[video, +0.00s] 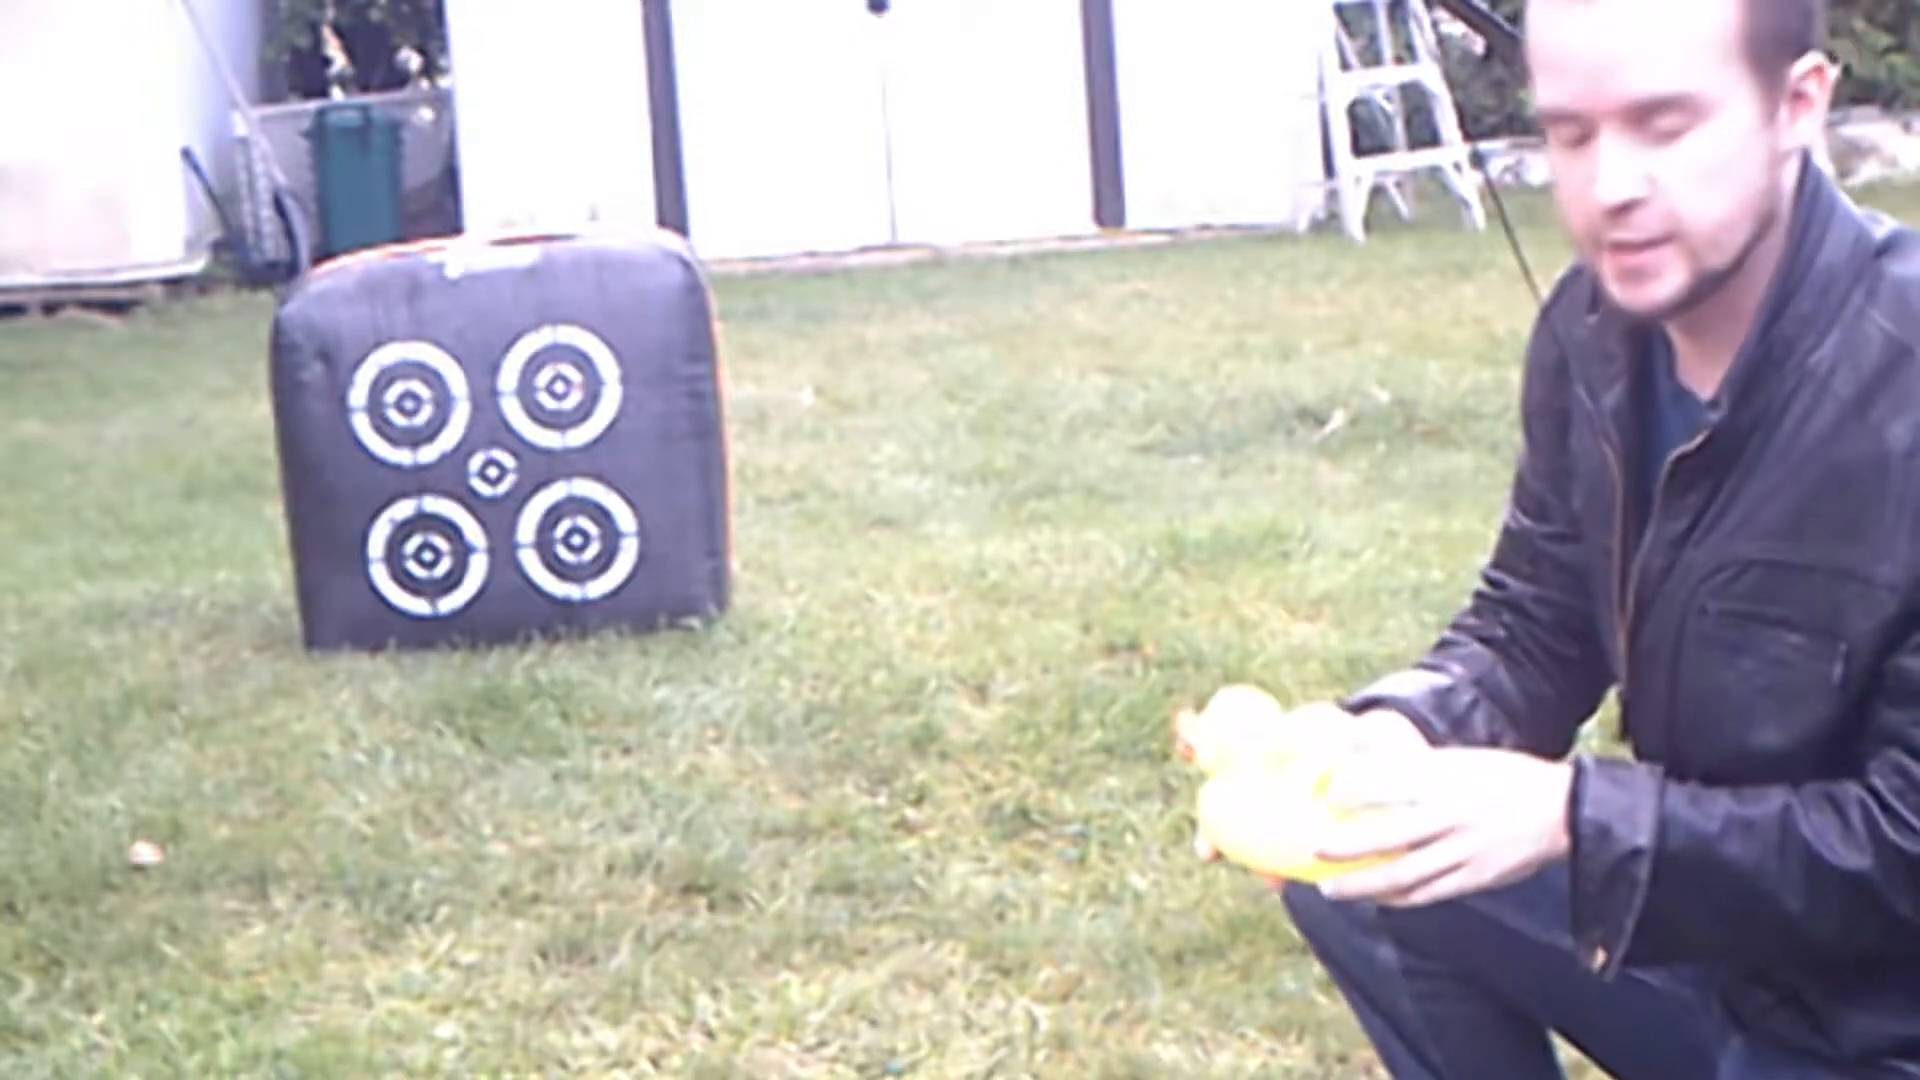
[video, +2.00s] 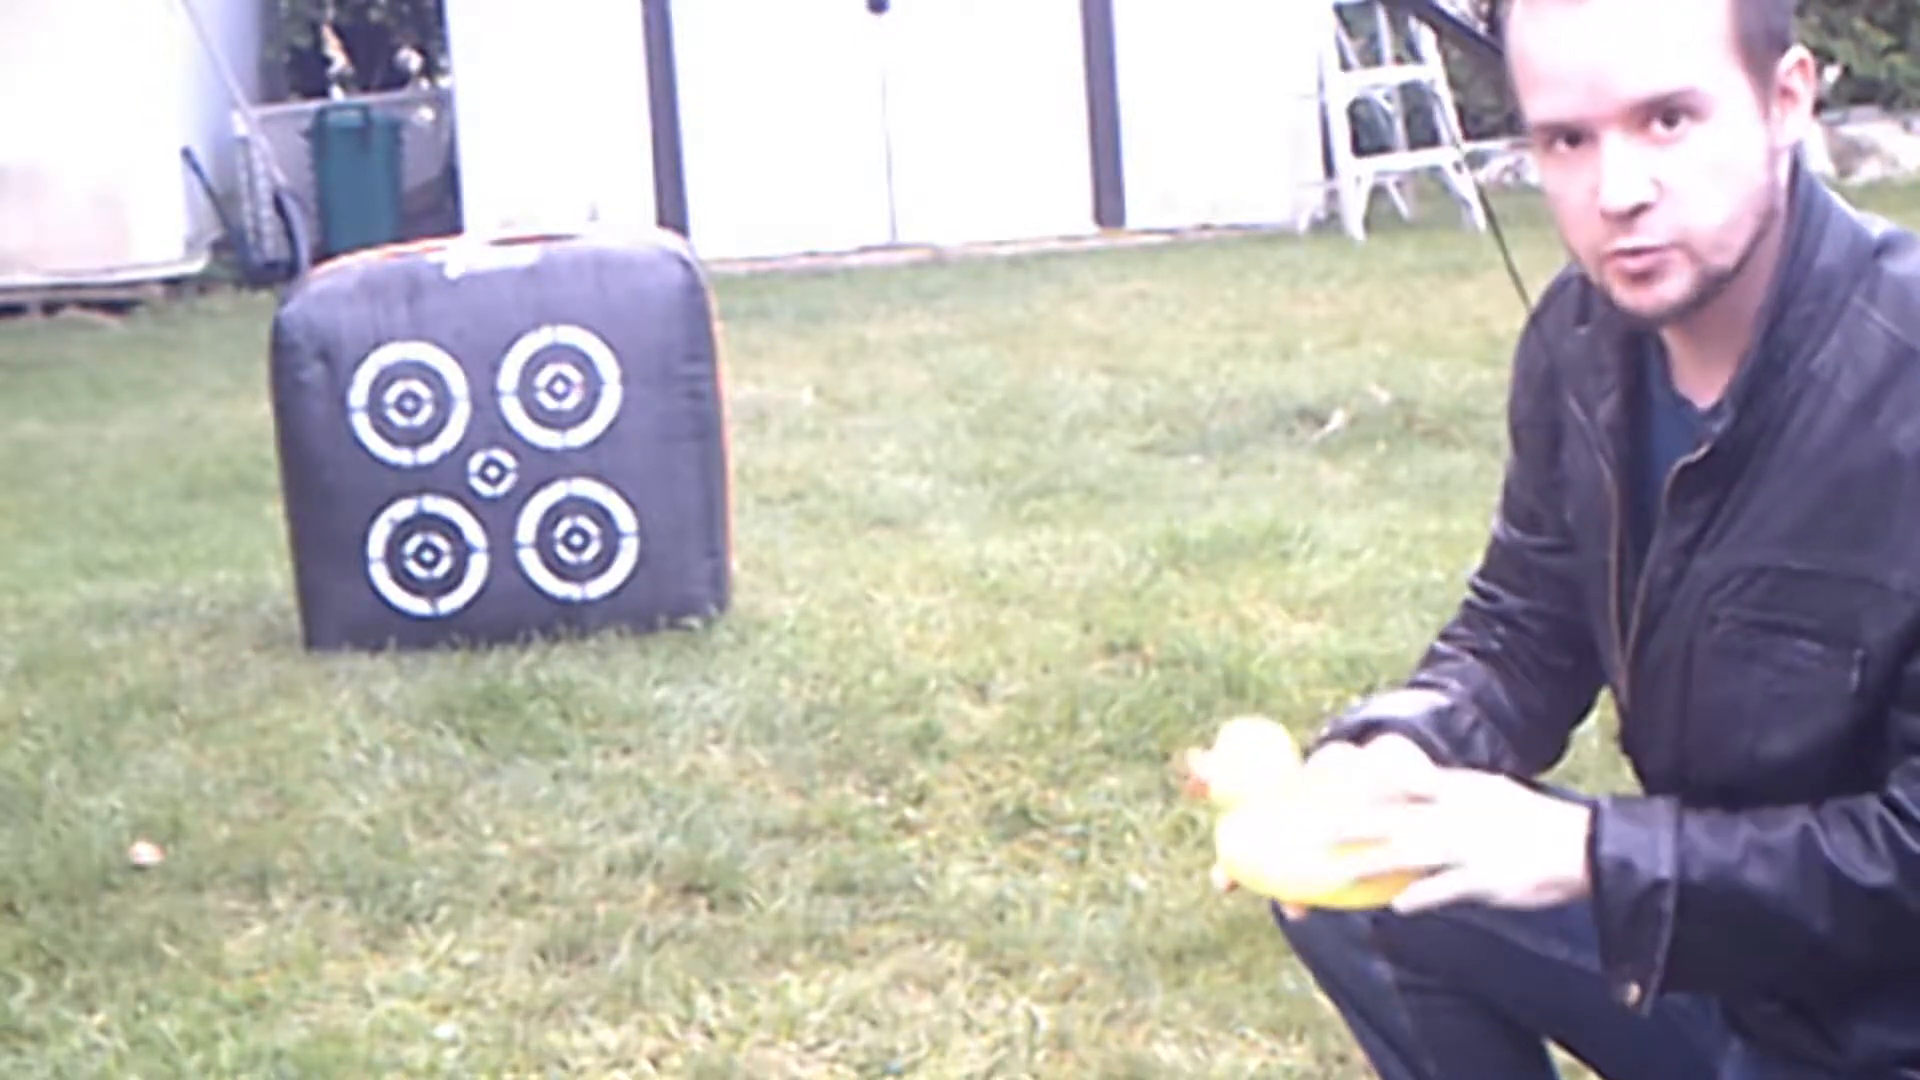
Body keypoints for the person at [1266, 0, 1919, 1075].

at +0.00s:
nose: (1610, 188)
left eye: (1665, 123)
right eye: (1570, 134)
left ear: (1799, 107)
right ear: (1540, 132)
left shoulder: (1902, 360)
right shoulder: (1590, 326)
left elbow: (1904, 839)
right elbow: (1536, 627)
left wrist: (1577, 812)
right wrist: (1391, 734)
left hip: (1871, 1040)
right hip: (1698, 954)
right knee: (1349, 866)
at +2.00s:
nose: (1618, 192)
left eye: (1669, 120)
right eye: (1567, 139)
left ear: (1789, 102)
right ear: (1529, 148)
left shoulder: (1905, 366)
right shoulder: (1579, 335)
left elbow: (1912, 842)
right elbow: (1525, 633)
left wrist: (1594, 850)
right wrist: (1390, 751)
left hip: (1881, 1040)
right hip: (1704, 972)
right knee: (1342, 884)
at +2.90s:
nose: (1602, 192)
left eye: (1653, 122)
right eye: (1555, 139)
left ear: (1779, 102)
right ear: (1520, 145)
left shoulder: (1895, 336)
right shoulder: (1579, 332)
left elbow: (1901, 780)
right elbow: (1529, 613)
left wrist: (1646, 741)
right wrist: (1401, 762)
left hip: (1869, 1019)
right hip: (1718, 929)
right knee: (1324, 853)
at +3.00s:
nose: (1607, 189)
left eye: (1657, 118)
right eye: (1559, 135)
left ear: (1783, 96)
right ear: (1522, 144)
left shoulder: (1902, 323)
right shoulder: (1579, 333)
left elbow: (1907, 682)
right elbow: (1540, 633)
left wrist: (1685, 606)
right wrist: (1409, 752)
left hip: (1884, 1028)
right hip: (1741, 931)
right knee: (1324, 842)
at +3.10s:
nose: (1613, 189)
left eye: (1664, 117)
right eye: (1564, 136)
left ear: (1787, 91)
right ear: (1527, 143)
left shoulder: (1896, 297)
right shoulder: (1601, 324)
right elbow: (1526, 630)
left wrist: (1742, 472)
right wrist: (1407, 758)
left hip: (1881, 1036)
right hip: (1762, 941)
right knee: (1325, 842)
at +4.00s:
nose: (1576, 245)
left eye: (1627, 180)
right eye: (1536, 189)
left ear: (1772, 127)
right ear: (1508, 160)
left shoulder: (1901, 319)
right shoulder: (1583, 338)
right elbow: (1537, 643)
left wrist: (1740, 598)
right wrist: (1395, 752)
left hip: (1887, 1040)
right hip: (1757, 943)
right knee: (1350, 864)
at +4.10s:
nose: (1568, 269)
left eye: (1618, 204)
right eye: (1530, 210)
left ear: (1765, 148)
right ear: (1500, 182)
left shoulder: (1895, 371)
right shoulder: (1575, 350)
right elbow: (1536, 623)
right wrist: (1388, 747)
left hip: (1866, 1031)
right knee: (1338, 869)